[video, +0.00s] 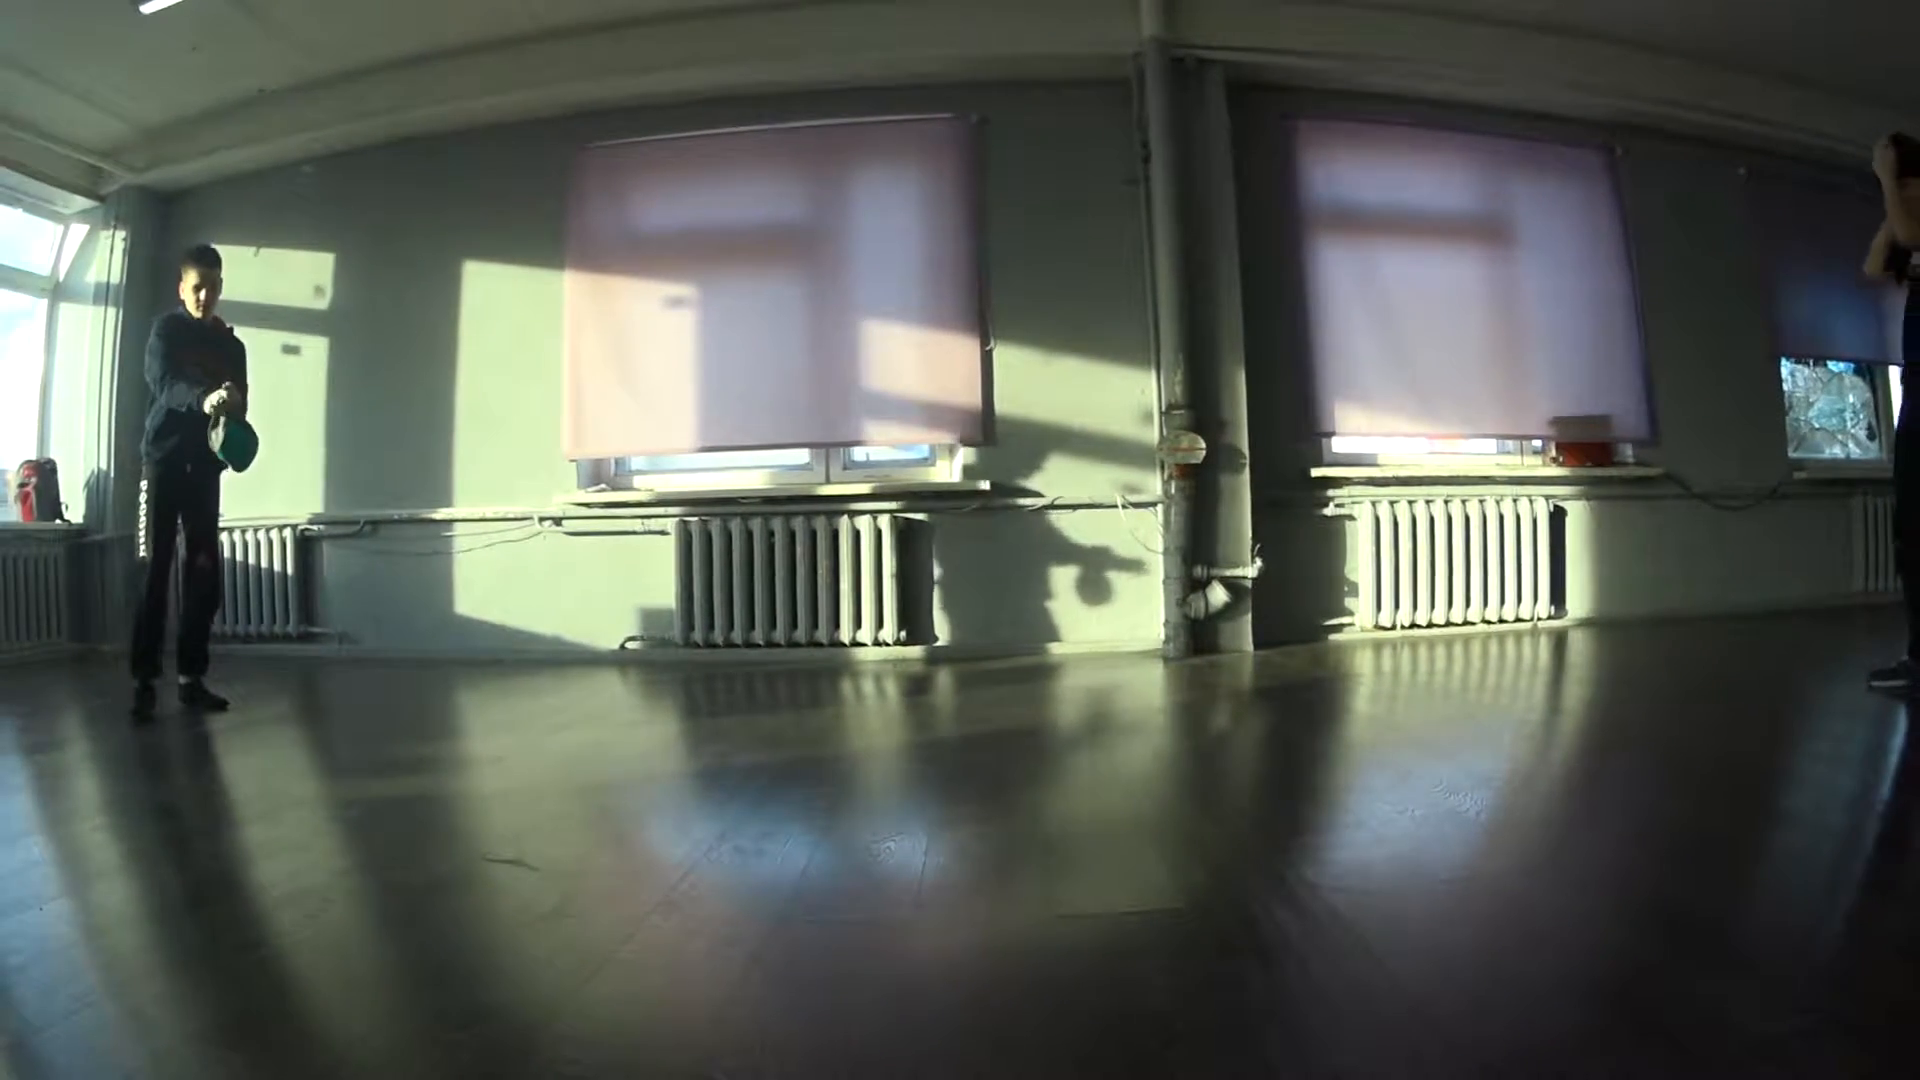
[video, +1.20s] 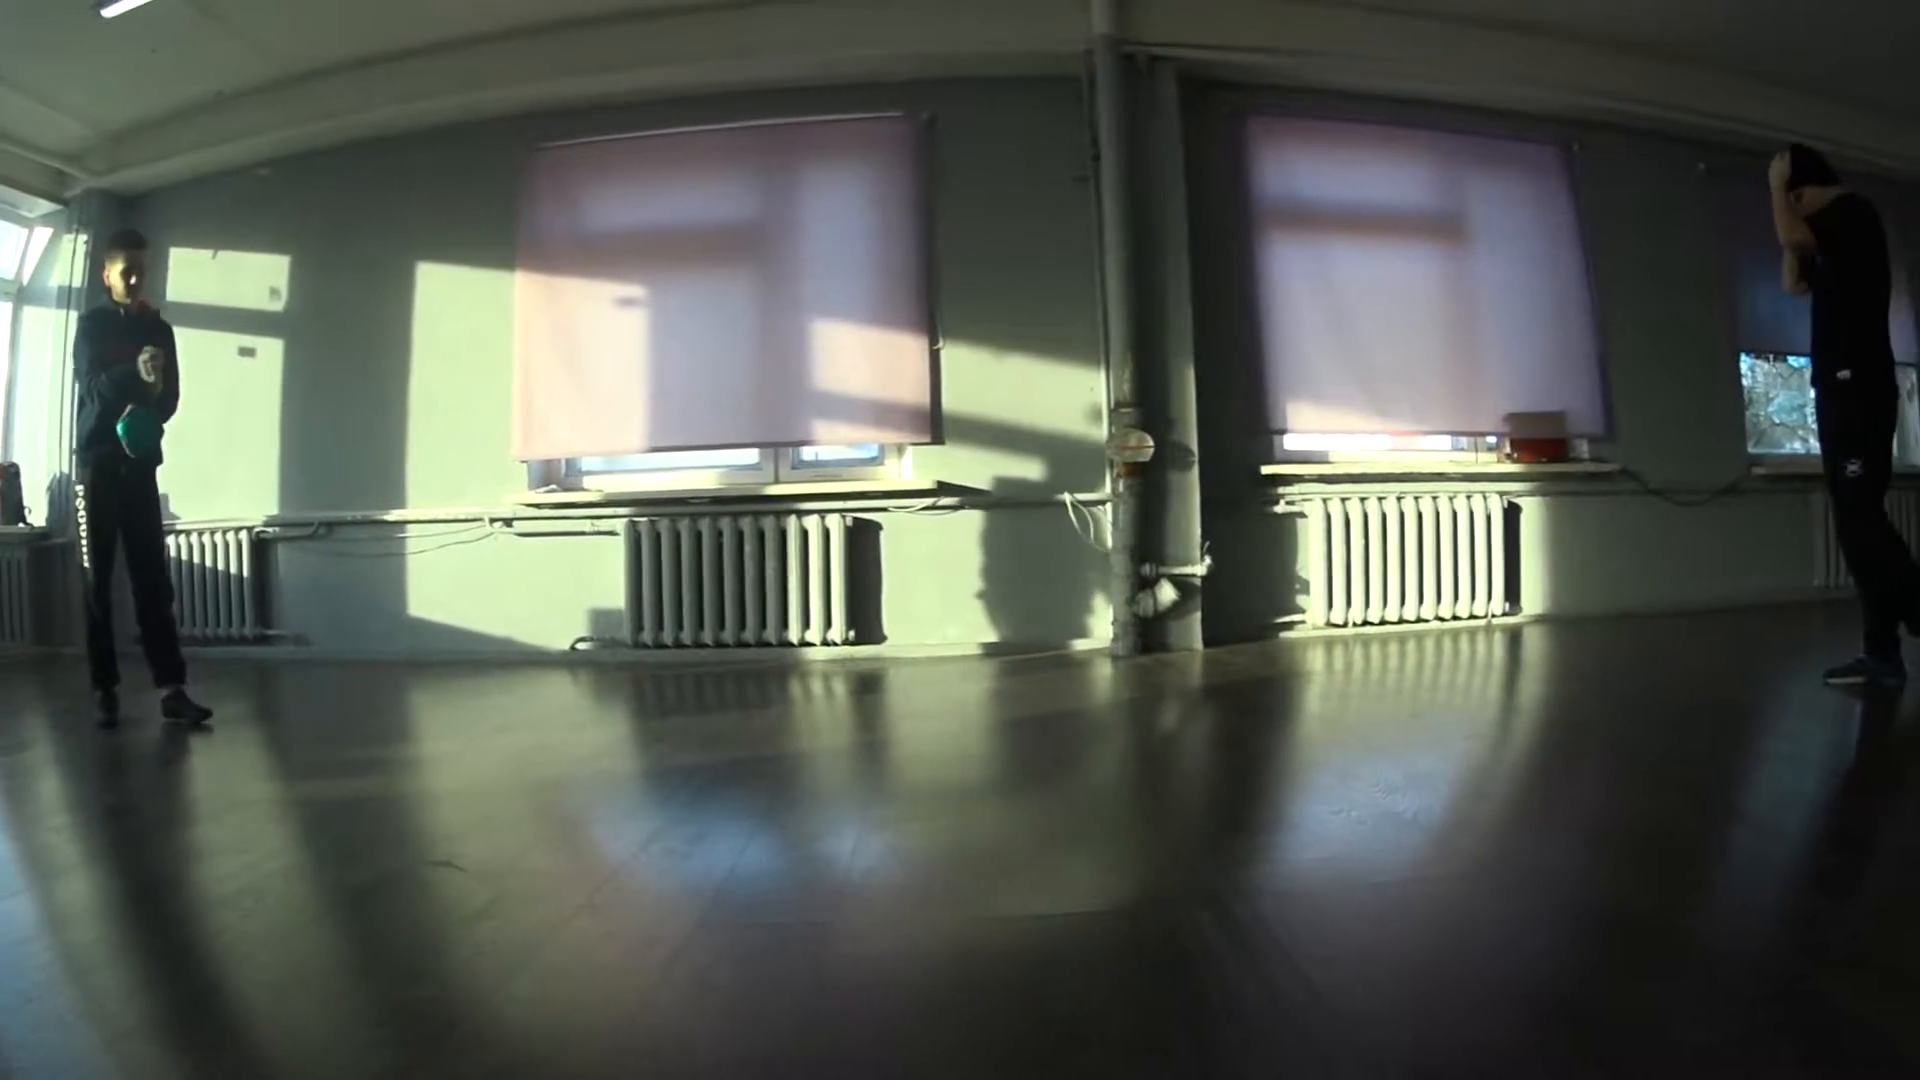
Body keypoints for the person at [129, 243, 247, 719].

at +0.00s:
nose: (204, 294)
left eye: (211, 285)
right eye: (196, 285)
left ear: (221, 287)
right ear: (180, 286)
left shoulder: (231, 344)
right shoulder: (165, 329)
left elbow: (238, 404)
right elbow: (161, 383)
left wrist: (234, 415)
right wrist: (204, 399)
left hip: (205, 463)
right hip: (163, 459)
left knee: (204, 568)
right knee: (154, 565)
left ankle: (193, 679)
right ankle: (145, 683)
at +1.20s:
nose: (134, 279)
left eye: (140, 271)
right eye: (125, 271)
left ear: (147, 273)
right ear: (105, 274)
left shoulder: (158, 330)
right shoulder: (92, 324)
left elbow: (167, 403)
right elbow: (90, 389)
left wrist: (155, 396)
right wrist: (135, 370)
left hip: (142, 463)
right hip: (98, 463)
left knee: (153, 577)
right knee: (99, 578)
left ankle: (172, 691)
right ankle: (105, 691)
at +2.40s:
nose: (134, 264)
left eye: (140, 256)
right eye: (125, 257)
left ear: (148, 259)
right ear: (106, 260)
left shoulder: (160, 318)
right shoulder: (92, 311)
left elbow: (181, 395)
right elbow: (94, 374)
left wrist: (161, 377)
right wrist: (138, 337)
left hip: (142, 457)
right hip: (95, 454)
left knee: (148, 576)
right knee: (88, 573)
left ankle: (142, 694)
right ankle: (84, 698)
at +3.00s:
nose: (123, 262)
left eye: (129, 254)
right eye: (115, 254)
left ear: (137, 255)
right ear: (96, 257)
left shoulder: (150, 315)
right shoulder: (76, 311)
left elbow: (168, 386)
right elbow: (60, 386)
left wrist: (159, 376)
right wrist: (107, 367)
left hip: (133, 452)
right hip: (85, 452)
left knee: (139, 574)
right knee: (80, 573)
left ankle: (136, 694)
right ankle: (77, 698)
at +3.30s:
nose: (120, 262)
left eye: (127, 253)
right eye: (112, 253)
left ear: (136, 255)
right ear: (93, 256)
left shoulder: (147, 315)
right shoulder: (74, 312)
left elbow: (164, 395)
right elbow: (50, 387)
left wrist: (148, 383)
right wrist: (96, 387)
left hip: (130, 454)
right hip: (84, 454)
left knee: (136, 574)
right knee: (78, 574)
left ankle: (134, 694)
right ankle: (74, 698)